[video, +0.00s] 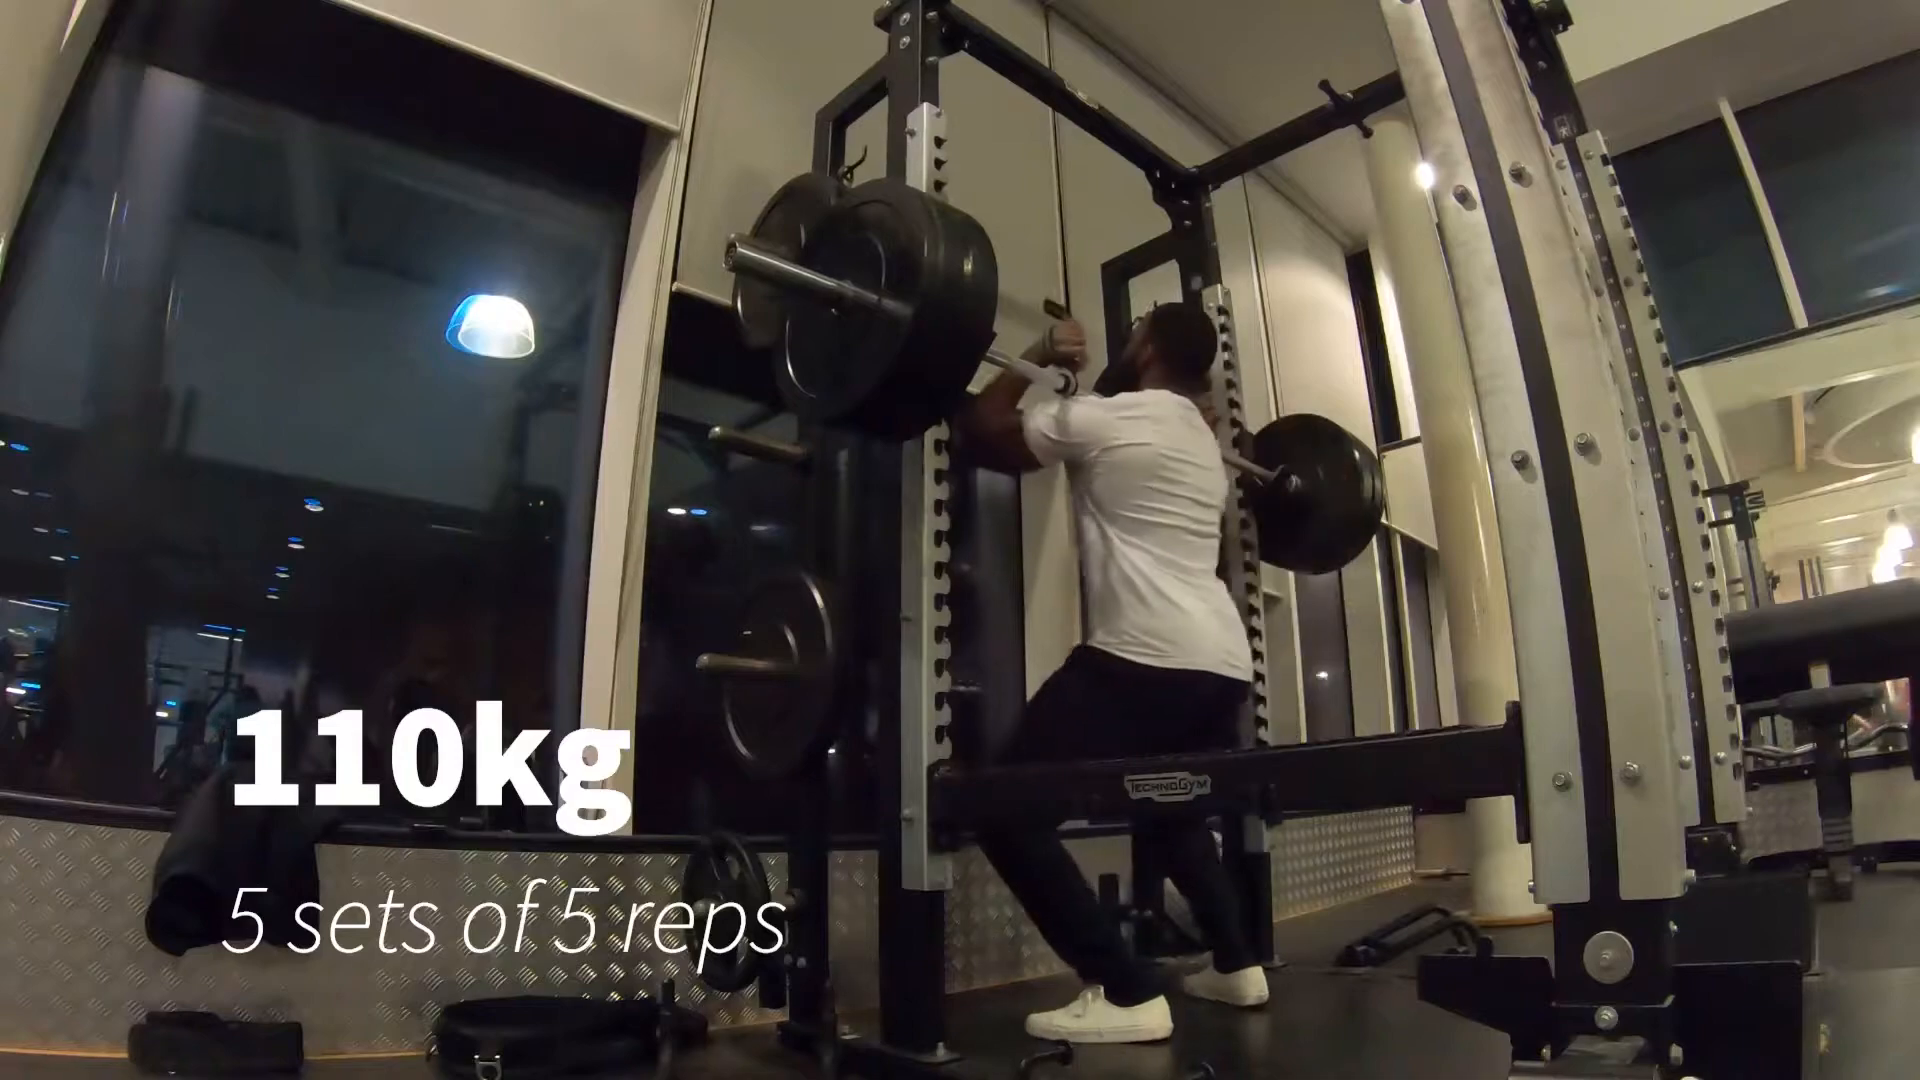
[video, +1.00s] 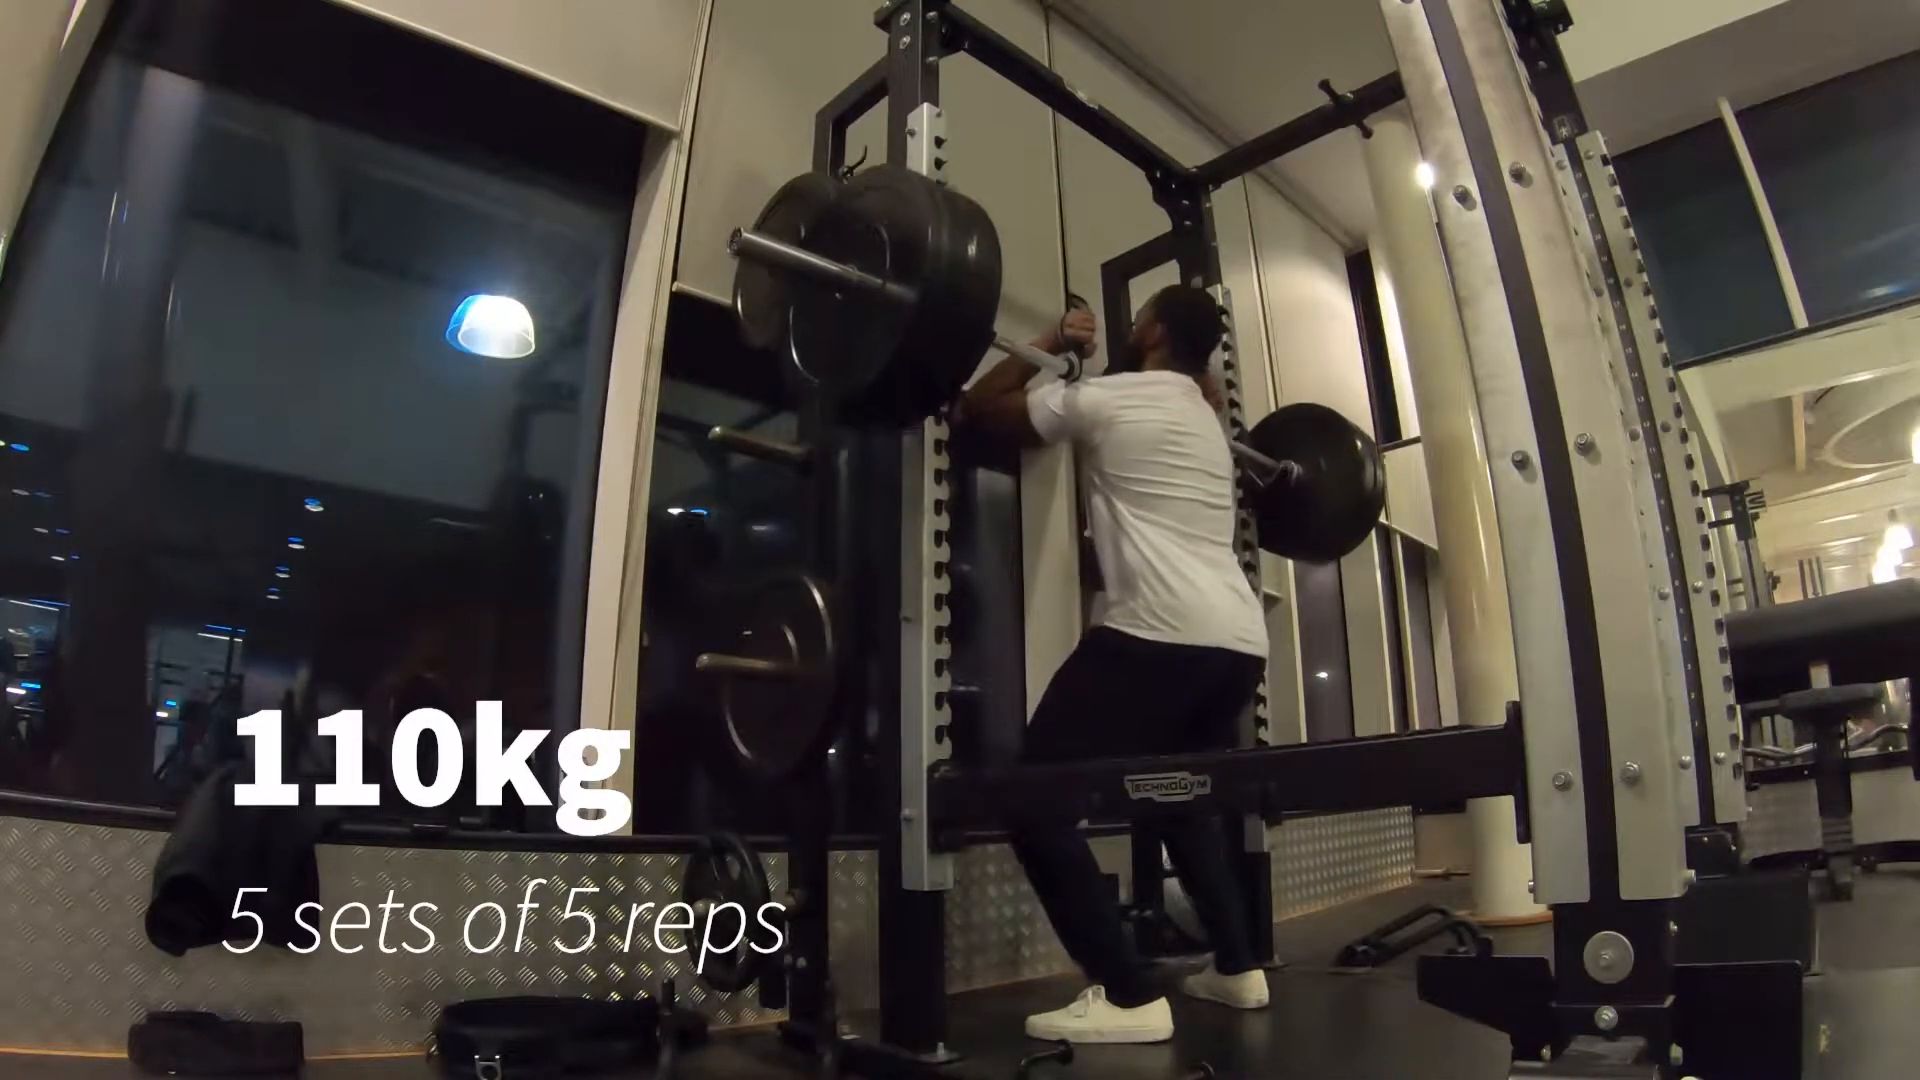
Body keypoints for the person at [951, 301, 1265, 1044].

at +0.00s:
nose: (1124, 347)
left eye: (1133, 336)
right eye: (1133, 337)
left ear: (1145, 349)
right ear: (1197, 369)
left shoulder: (1101, 419)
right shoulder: (1205, 439)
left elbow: (980, 428)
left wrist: (1038, 360)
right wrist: (1069, 380)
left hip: (1131, 662)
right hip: (1221, 673)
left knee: (1004, 808)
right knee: (1169, 805)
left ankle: (1126, 994)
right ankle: (1238, 965)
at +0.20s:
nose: (1126, 344)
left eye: (1136, 335)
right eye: (1136, 334)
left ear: (1145, 352)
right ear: (1196, 375)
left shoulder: (1093, 423)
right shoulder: (1201, 441)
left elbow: (977, 417)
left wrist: (1044, 352)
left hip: (1121, 668)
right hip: (1212, 677)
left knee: (994, 812)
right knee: (1159, 805)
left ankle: (1125, 994)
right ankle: (1238, 963)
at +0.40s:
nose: (1135, 341)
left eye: (1143, 336)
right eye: (1145, 334)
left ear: (1150, 356)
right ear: (1199, 380)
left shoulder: (1093, 426)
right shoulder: (1201, 444)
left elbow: (982, 406)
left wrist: (1050, 351)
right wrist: (1079, 382)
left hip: (1119, 672)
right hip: (1210, 680)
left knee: (994, 814)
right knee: (1161, 808)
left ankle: (1124, 992)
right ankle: (1237, 962)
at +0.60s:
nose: (1132, 342)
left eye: (1142, 336)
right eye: (1143, 333)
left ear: (1151, 357)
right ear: (1196, 379)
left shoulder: (1095, 424)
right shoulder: (1202, 442)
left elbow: (985, 395)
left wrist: (1055, 349)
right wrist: (1087, 379)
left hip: (1124, 673)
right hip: (1213, 680)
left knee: (997, 812)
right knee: (1161, 810)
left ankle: (1126, 994)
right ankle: (1237, 963)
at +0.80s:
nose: (1132, 341)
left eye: (1141, 334)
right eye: (1142, 333)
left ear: (1149, 346)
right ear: (1200, 370)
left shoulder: (1099, 418)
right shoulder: (1204, 435)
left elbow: (985, 407)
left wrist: (1050, 353)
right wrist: (1082, 377)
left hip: (1136, 659)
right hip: (1225, 670)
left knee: (1014, 807)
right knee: (1165, 808)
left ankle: (1126, 995)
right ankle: (1237, 967)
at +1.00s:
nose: (1133, 323)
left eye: (1142, 315)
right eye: (1143, 315)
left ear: (1152, 330)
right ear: (1199, 349)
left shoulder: (1105, 400)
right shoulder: (1210, 420)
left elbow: (979, 407)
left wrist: (1048, 344)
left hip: (1149, 635)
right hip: (1237, 647)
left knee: (1032, 797)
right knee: (1181, 797)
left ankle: (1128, 994)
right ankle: (1240, 968)